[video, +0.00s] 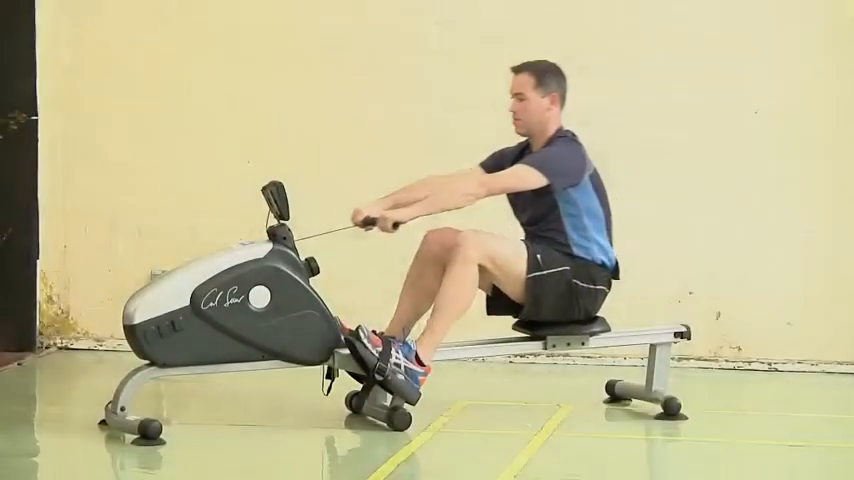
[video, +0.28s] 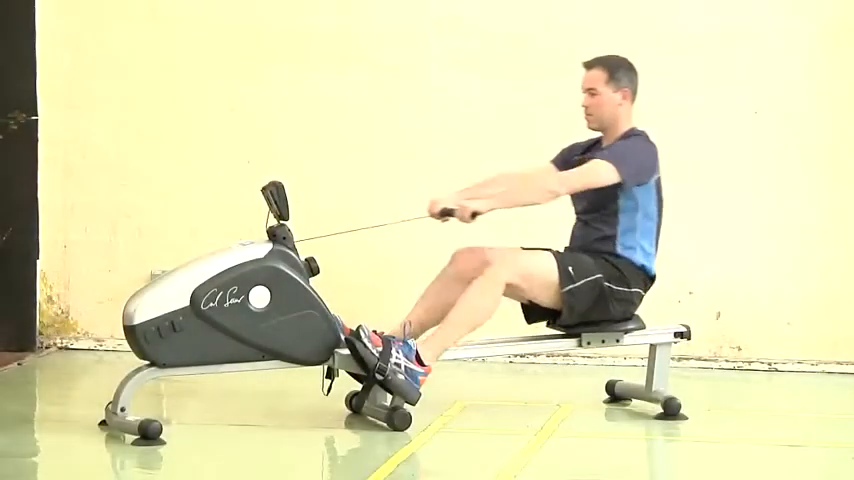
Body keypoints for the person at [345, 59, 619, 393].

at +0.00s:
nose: (511, 108)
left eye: (520, 99)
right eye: (512, 99)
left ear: (552, 102)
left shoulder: (566, 154)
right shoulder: (515, 156)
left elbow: (481, 187)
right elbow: (457, 183)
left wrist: (406, 214)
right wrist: (383, 204)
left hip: (581, 278)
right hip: (543, 274)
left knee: (469, 246)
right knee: (437, 242)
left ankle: (418, 363)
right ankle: (389, 345)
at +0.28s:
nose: (583, 102)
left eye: (592, 93)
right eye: (583, 93)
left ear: (623, 96)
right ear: (607, 98)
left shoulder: (637, 151)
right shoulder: (581, 152)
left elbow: (555, 187)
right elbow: (530, 182)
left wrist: (483, 205)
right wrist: (464, 196)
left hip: (616, 278)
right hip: (578, 268)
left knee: (501, 266)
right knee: (467, 260)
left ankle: (420, 360)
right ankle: (397, 344)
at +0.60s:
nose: (634, 105)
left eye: (642, 96)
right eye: (634, 96)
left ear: (675, 99)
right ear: (650, 100)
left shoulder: (686, 154)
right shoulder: (635, 156)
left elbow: (655, 220)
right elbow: (596, 202)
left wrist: (581, 217)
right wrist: (552, 208)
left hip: (643, 276)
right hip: (607, 265)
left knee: (527, 302)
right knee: (493, 292)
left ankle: (422, 363)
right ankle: (392, 346)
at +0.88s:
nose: (635, 103)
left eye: (645, 94)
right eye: (636, 94)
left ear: (678, 99)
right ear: (660, 101)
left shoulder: (694, 155)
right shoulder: (646, 155)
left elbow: (715, 234)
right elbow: (645, 219)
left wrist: (648, 228)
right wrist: (607, 223)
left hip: (648, 274)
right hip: (613, 261)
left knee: (532, 322)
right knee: (504, 307)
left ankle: (419, 364)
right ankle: (396, 346)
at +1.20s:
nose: (616, 103)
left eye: (625, 94)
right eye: (615, 94)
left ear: (656, 96)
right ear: (632, 98)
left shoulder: (674, 152)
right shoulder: (625, 154)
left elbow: (674, 234)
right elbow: (610, 205)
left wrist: (600, 220)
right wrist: (573, 212)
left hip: (644, 279)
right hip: (606, 266)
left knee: (528, 300)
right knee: (492, 287)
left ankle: (422, 364)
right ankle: (399, 349)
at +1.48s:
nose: (566, 106)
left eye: (574, 96)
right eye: (566, 97)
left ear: (606, 98)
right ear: (598, 99)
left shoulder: (626, 152)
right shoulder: (576, 155)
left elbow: (583, 213)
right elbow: (534, 196)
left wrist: (507, 213)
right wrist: (484, 204)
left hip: (615, 281)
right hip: (579, 274)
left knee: (501, 264)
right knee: (465, 259)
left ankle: (423, 360)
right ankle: (396, 344)